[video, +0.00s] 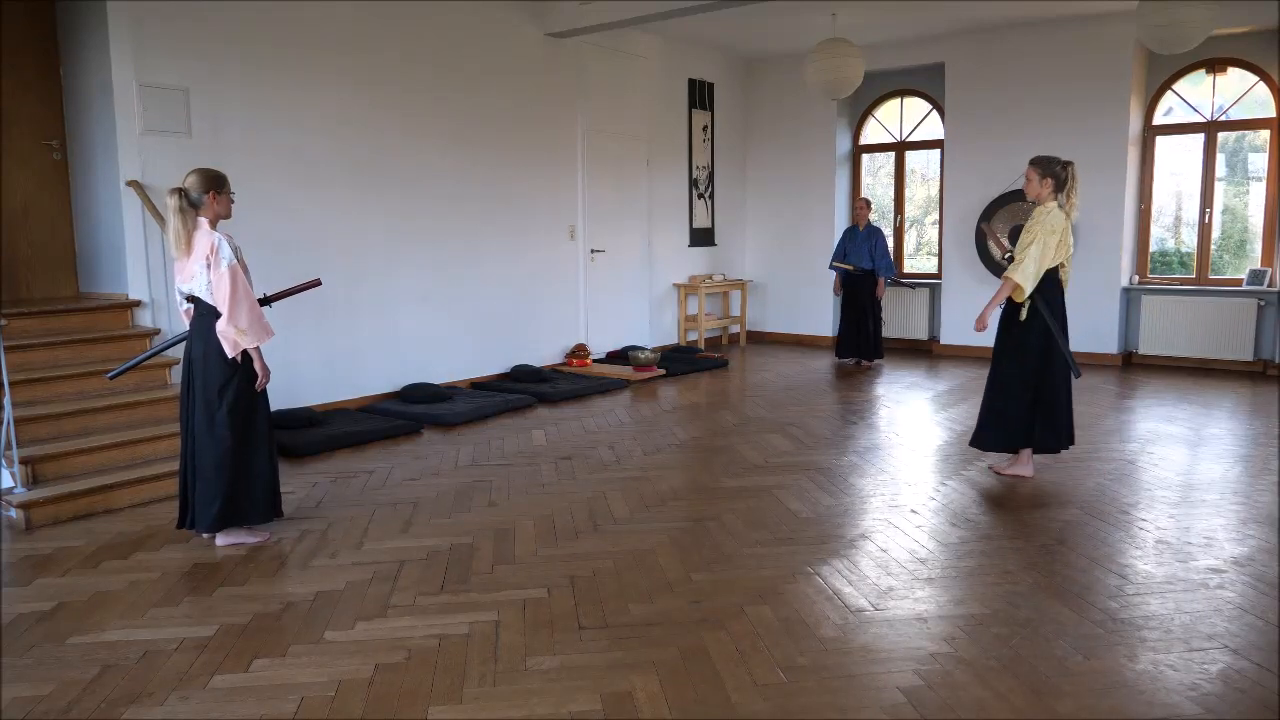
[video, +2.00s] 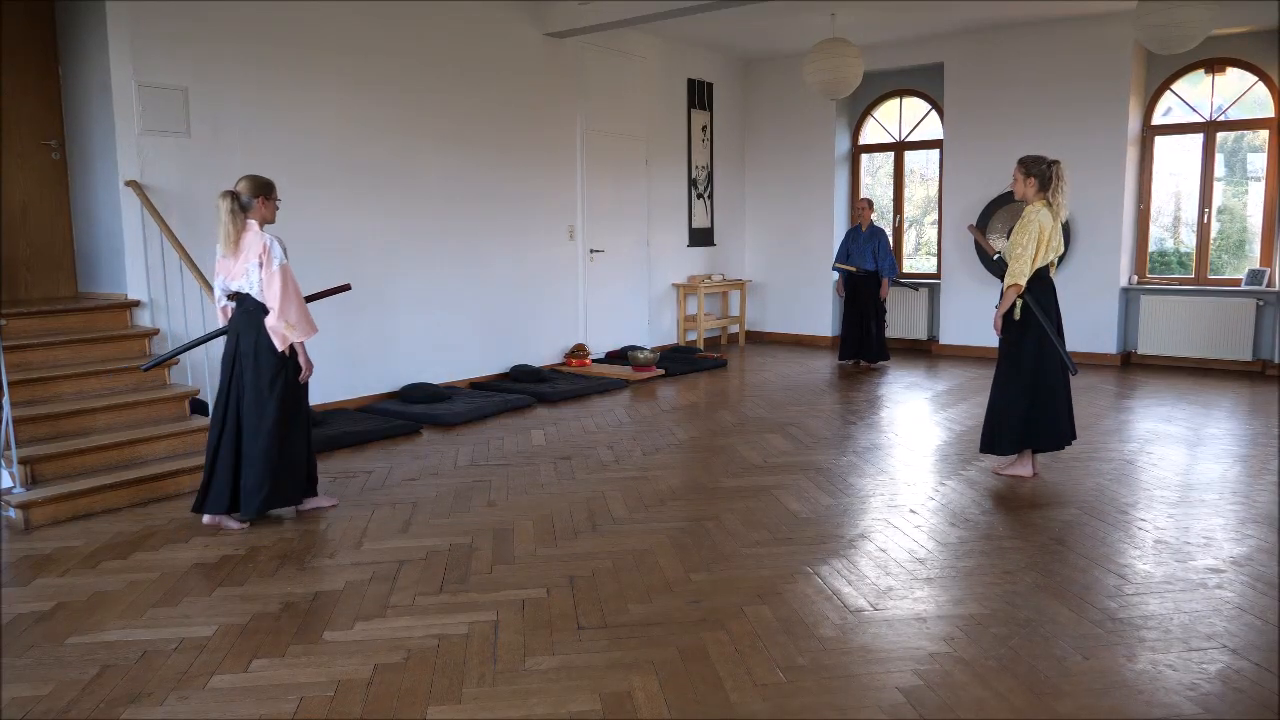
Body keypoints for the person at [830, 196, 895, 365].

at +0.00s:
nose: (858, 211)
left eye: (861, 208)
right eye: (856, 208)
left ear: (869, 211)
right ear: (853, 211)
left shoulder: (876, 232)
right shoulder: (848, 232)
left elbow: (882, 259)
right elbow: (840, 257)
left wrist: (881, 283)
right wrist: (838, 278)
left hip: (869, 277)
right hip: (850, 277)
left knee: (868, 317)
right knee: (851, 315)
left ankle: (868, 356)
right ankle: (855, 354)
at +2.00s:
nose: (859, 212)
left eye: (863, 209)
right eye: (857, 209)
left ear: (871, 211)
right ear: (854, 211)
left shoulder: (878, 233)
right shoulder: (851, 233)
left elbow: (886, 260)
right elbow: (842, 257)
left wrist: (885, 284)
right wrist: (840, 279)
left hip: (871, 279)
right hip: (853, 279)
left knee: (871, 318)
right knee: (853, 317)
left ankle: (871, 357)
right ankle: (855, 356)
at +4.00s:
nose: (810, 215)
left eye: (814, 212)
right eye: (808, 212)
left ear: (822, 213)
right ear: (806, 214)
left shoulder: (832, 236)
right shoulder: (802, 235)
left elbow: (840, 263)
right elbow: (793, 261)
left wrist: (841, 289)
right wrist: (791, 284)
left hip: (825, 283)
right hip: (805, 283)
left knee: (824, 324)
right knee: (805, 323)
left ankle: (823, 363)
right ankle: (805, 362)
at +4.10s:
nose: (806, 215)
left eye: (809, 212)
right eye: (804, 212)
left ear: (818, 213)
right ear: (802, 214)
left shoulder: (828, 236)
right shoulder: (798, 235)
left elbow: (836, 263)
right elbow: (789, 261)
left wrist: (837, 288)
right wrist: (787, 284)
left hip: (822, 284)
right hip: (802, 283)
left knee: (818, 324)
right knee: (802, 323)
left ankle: (812, 363)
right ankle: (800, 362)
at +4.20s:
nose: (802, 215)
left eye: (805, 212)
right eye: (800, 212)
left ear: (814, 213)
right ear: (798, 214)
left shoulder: (824, 236)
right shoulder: (794, 236)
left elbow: (832, 263)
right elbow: (785, 261)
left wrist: (834, 288)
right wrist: (783, 285)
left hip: (818, 284)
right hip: (798, 283)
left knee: (814, 324)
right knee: (797, 323)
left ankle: (805, 364)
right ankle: (795, 362)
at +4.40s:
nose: (794, 215)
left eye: (797, 212)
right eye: (792, 212)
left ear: (807, 213)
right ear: (790, 214)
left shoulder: (817, 236)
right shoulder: (786, 236)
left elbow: (825, 264)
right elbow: (777, 262)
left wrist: (826, 288)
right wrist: (775, 286)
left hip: (810, 284)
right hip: (790, 283)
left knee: (806, 324)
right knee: (788, 324)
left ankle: (803, 365)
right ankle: (786, 364)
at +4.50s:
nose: (790, 215)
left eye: (794, 212)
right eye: (788, 212)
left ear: (803, 213)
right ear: (787, 214)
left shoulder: (813, 236)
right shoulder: (782, 236)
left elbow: (822, 264)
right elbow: (773, 262)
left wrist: (822, 289)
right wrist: (771, 286)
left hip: (806, 285)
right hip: (785, 284)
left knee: (803, 326)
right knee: (784, 325)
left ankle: (800, 366)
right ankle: (783, 364)